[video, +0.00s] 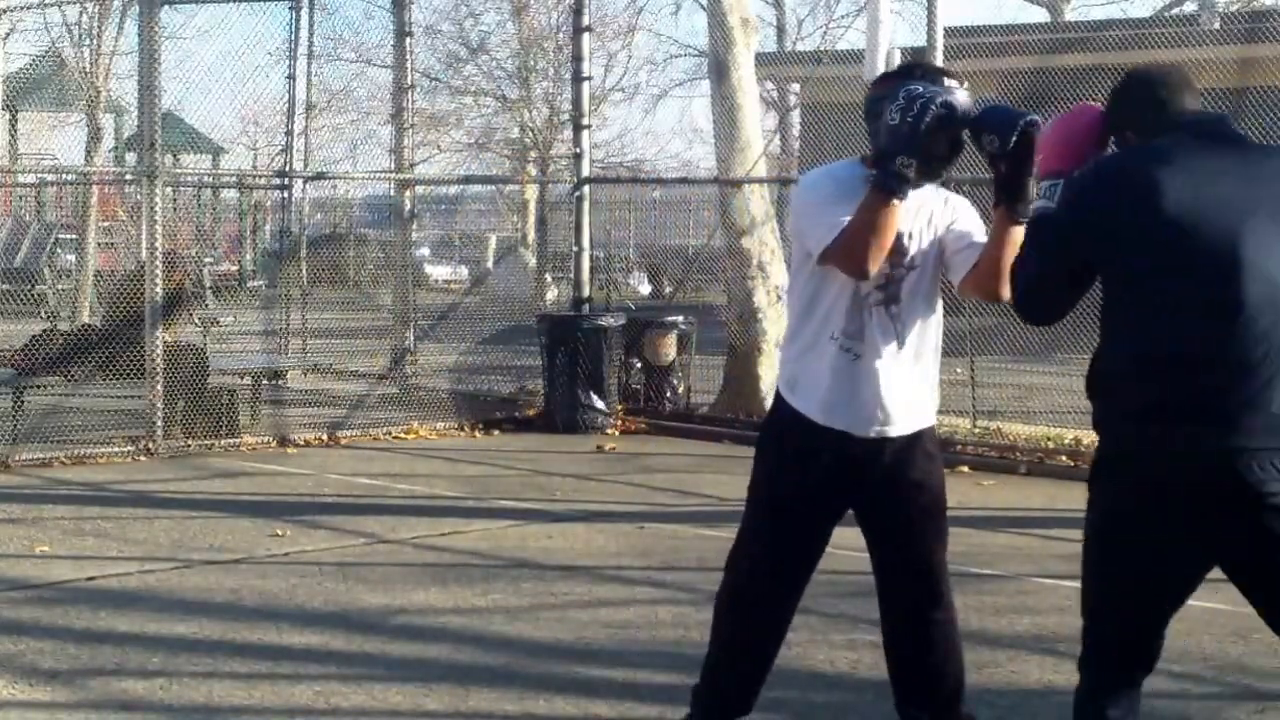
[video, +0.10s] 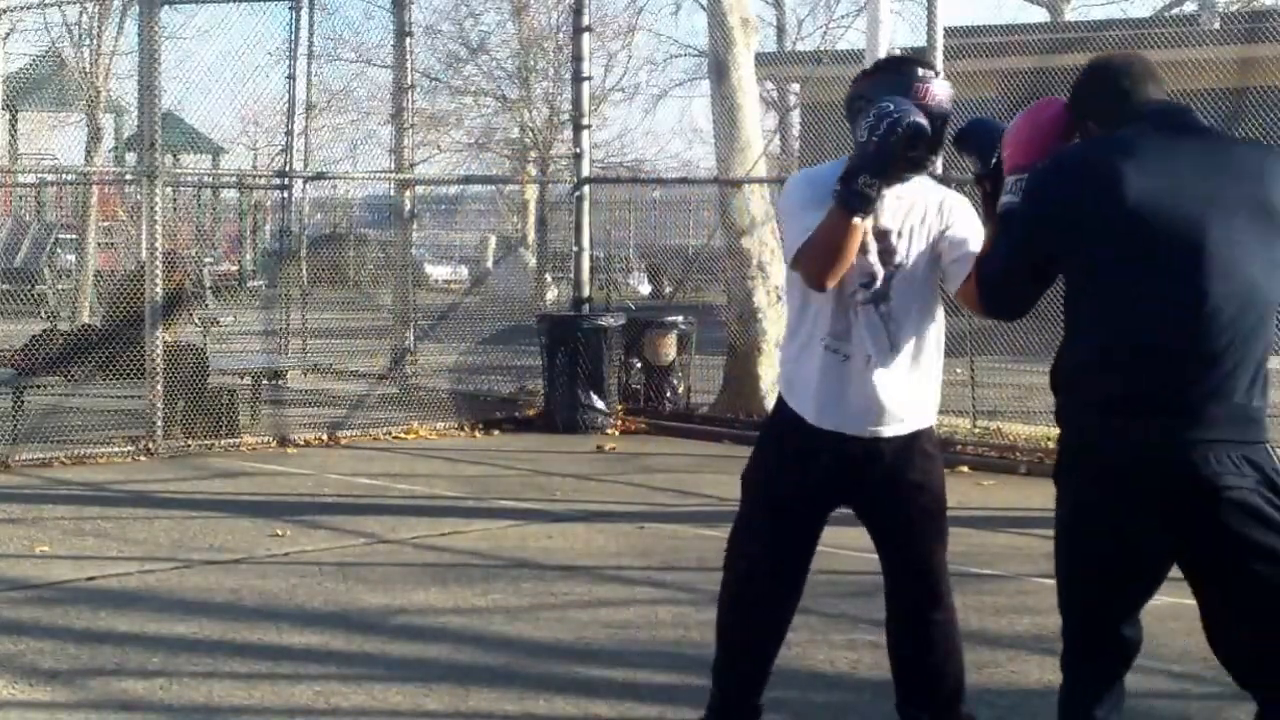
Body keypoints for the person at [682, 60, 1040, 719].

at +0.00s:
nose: (926, 125)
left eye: (941, 114)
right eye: (913, 107)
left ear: (954, 129)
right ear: (878, 112)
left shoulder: (946, 208)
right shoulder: (819, 189)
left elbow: (995, 284)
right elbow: (861, 260)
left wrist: (1012, 188)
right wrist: (897, 170)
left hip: (907, 441)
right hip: (808, 434)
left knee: (923, 612)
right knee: (755, 604)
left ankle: (939, 717)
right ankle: (713, 712)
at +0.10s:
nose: (895, 126)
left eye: (911, 114)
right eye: (881, 111)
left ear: (935, 125)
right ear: (855, 115)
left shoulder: (946, 207)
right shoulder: (810, 189)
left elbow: (988, 296)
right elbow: (818, 272)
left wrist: (1001, 183)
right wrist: (864, 181)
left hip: (904, 445)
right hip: (802, 436)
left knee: (924, 610)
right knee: (752, 604)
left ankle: (936, 717)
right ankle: (730, 713)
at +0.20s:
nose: (878, 125)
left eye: (890, 111)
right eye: (862, 110)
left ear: (903, 119)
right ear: (822, 114)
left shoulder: (921, 201)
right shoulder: (775, 196)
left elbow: (958, 325)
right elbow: (754, 300)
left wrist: (953, 250)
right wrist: (798, 227)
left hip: (892, 442)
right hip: (791, 439)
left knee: (919, 619)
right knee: (756, 620)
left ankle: (940, 716)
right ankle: (752, 712)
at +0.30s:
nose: (828, 125)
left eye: (839, 112)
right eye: (811, 111)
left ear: (850, 119)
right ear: (776, 118)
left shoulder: (889, 203)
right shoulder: (743, 205)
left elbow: (933, 309)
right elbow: (720, 314)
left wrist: (886, 300)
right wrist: (751, 239)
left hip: (865, 432)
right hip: (769, 434)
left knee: (896, 597)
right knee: (747, 601)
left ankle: (913, 715)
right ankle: (751, 714)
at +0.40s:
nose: (780, 130)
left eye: (792, 115)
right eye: (764, 116)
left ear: (810, 121)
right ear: (738, 124)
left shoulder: (842, 195)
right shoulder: (727, 205)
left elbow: (884, 287)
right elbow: (709, 312)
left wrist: (835, 229)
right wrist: (735, 231)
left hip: (843, 435)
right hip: (755, 441)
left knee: (865, 610)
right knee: (738, 604)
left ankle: (888, 712)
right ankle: (747, 711)